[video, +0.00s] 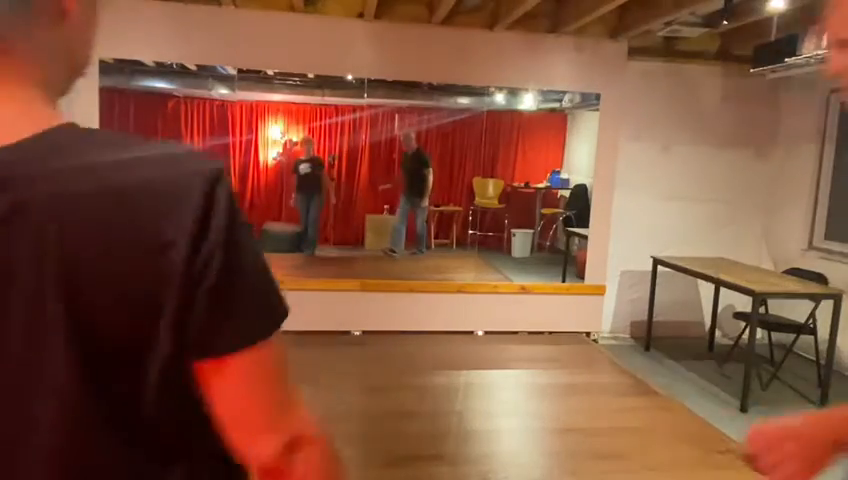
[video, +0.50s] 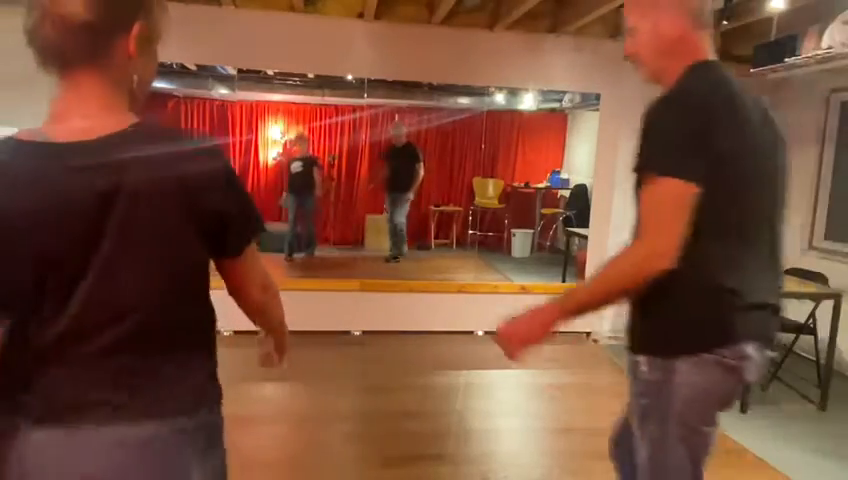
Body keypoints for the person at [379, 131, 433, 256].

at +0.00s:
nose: (405, 144)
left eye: (408, 141)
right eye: (404, 142)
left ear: (414, 141)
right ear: (402, 143)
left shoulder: (422, 156)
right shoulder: (405, 157)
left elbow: (429, 177)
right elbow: (401, 177)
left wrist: (426, 197)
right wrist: (388, 186)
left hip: (420, 195)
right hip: (407, 193)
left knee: (420, 223)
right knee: (400, 221)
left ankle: (421, 247)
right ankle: (395, 247)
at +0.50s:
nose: (397, 137)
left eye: (400, 133)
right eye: (395, 133)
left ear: (405, 133)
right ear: (392, 134)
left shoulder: (412, 149)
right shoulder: (390, 150)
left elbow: (420, 171)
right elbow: (386, 170)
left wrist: (412, 191)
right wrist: (380, 183)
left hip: (405, 190)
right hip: (392, 189)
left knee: (398, 219)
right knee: (392, 220)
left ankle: (400, 249)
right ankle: (394, 250)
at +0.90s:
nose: (390, 133)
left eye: (393, 130)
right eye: (388, 130)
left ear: (397, 133)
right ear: (384, 132)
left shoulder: (402, 149)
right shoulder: (380, 150)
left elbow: (411, 173)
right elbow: (373, 169)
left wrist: (412, 195)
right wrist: (364, 178)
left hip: (395, 192)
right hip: (380, 191)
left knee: (385, 223)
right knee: (378, 222)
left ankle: (380, 257)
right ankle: (388, 252)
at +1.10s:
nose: (384, 133)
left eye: (387, 129)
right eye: (383, 129)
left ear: (392, 131)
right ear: (380, 130)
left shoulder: (398, 148)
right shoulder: (376, 148)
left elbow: (406, 172)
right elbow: (369, 170)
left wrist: (402, 192)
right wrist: (354, 178)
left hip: (391, 193)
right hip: (375, 192)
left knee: (383, 226)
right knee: (368, 223)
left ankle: (383, 251)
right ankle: (371, 249)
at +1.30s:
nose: (375, 133)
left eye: (378, 129)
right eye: (373, 129)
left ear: (384, 130)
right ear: (370, 131)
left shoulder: (392, 148)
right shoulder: (369, 149)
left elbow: (400, 175)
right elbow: (363, 170)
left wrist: (391, 192)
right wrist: (345, 180)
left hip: (386, 193)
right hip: (371, 193)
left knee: (383, 230)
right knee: (363, 227)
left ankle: (378, 259)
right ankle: (354, 257)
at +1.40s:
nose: (374, 134)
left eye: (377, 130)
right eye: (372, 130)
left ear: (383, 131)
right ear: (369, 132)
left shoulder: (390, 150)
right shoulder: (365, 150)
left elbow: (395, 175)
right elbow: (358, 171)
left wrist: (382, 191)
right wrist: (342, 181)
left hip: (384, 195)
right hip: (368, 194)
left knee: (382, 230)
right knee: (362, 228)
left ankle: (379, 260)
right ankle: (352, 260)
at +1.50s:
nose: (371, 134)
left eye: (374, 130)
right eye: (369, 130)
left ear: (380, 131)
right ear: (365, 132)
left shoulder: (387, 148)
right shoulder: (363, 151)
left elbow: (391, 175)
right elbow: (356, 174)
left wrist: (375, 190)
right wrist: (337, 183)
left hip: (382, 195)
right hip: (365, 194)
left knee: (380, 230)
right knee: (360, 230)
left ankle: (379, 260)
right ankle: (354, 262)